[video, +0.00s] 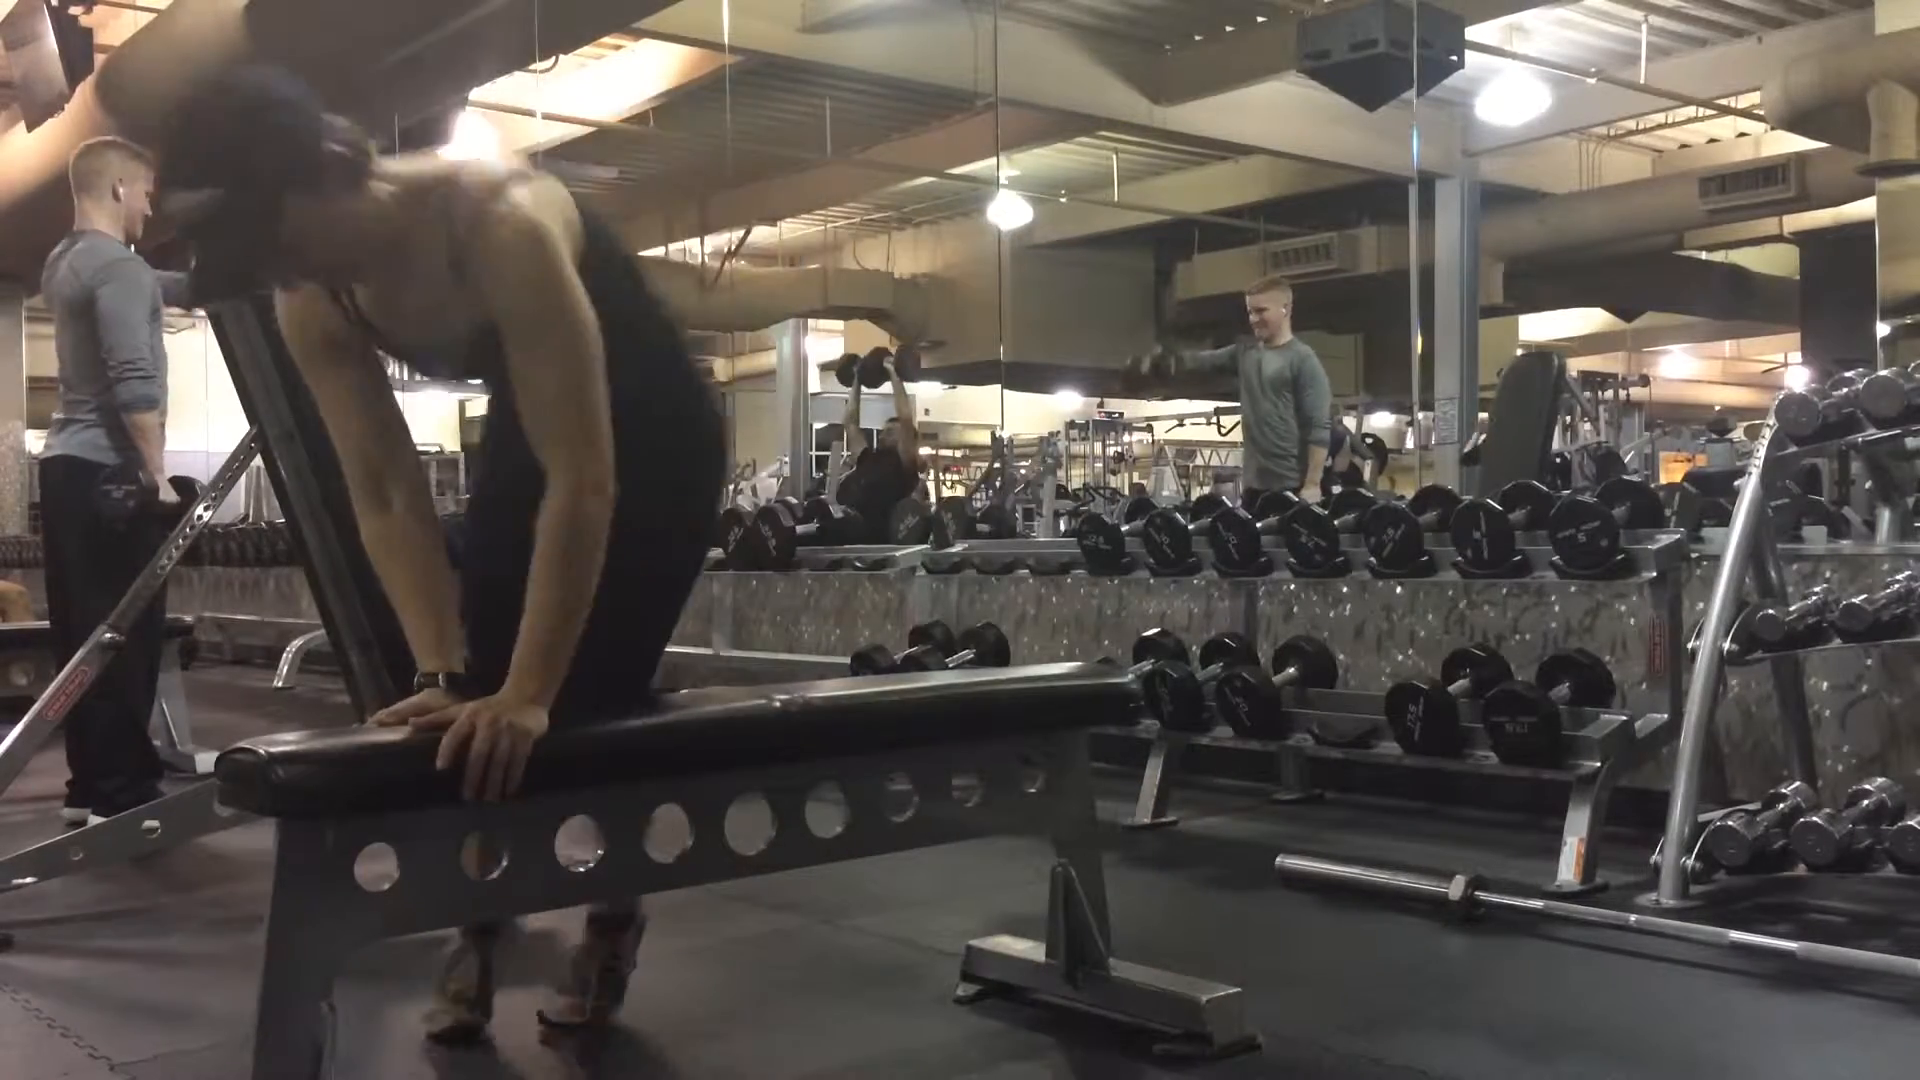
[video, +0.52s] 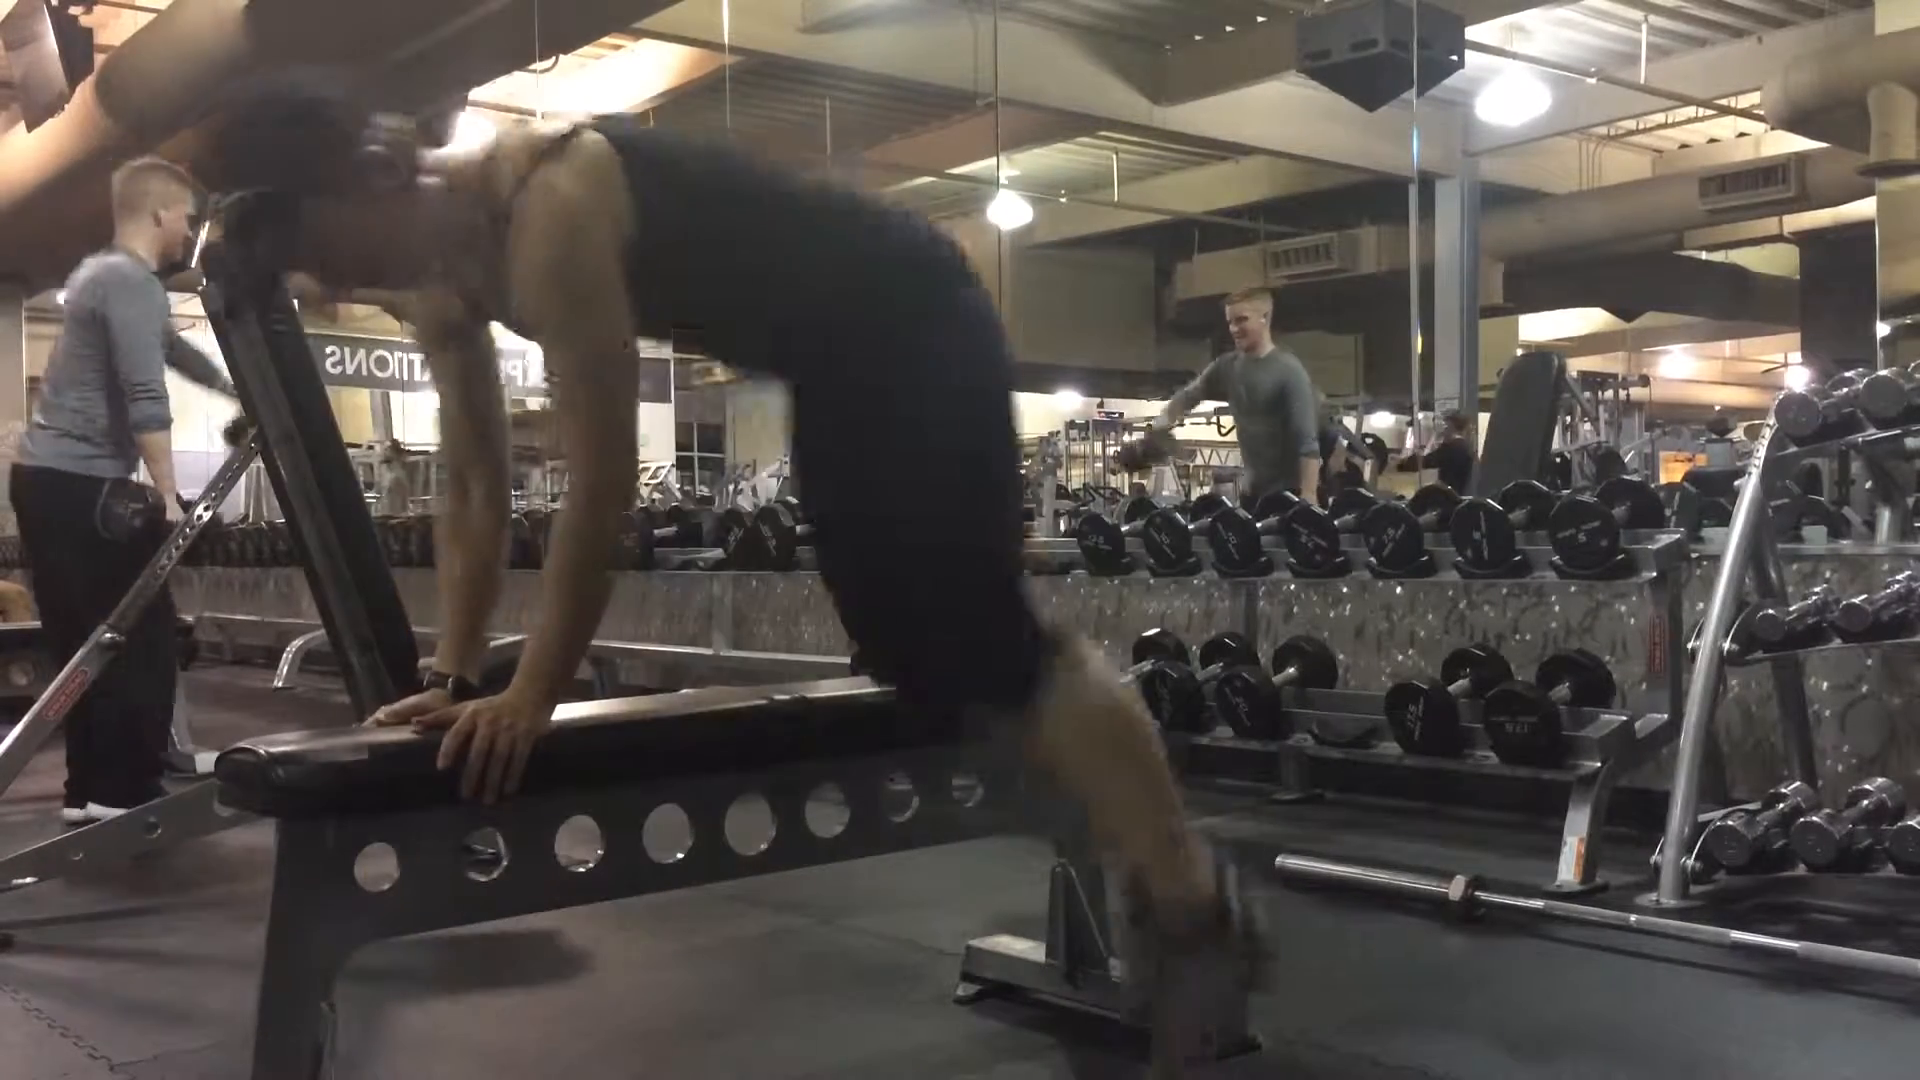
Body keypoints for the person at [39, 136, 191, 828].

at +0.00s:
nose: (150, 204)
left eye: (149, 192)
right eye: (144, 191)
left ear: (92, 194)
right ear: (115, 189)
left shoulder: (66, 261)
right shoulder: (118, 266)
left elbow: (179, 288)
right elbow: (132, 382)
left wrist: (247, 260)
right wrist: (158, 471)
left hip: (68, 470)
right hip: (109, 471)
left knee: (87, 630)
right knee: (126, 630)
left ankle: (92, 782)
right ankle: (119, 790)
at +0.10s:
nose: (155, 205)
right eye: (147, 190)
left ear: (79, 192)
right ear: (132, 190)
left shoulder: (63, 264)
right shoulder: (123, 266)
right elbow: (137, 382)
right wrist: (162, 474)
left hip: (66, 469)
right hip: (111, 472)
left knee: (80, 630)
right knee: (126, 631)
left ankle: (90, 783)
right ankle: (124, 788)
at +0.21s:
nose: (146, 204)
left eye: (139, 192)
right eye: (141, 192)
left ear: (82, 195)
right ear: (125, 191)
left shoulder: (66, 264)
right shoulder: (124, 265)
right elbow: (140, 383)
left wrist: (152, 254)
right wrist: (165, 475)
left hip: (66, 470)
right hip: (113, 473)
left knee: (82, 632)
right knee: (127, 633)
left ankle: (90, 785)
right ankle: (124, 790)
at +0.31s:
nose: (152, 210)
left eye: (152, 197)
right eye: (148, 197)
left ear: (88, 194)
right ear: (126, 193)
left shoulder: (63, 264)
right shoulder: (124, 268)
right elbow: (140, 390)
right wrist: (167, 481)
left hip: (65, 471)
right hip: (112, 475)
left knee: (83, 632)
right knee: (128, 634)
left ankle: (88, 785)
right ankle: (124, 790)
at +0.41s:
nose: (165, 214)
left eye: (165, 202)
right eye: (161, 201)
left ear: (101, 197)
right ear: (139, 197)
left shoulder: (72, 266)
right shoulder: (126, 272)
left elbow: (176, 315)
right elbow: (142, 389)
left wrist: (224, 314)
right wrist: (168, 484)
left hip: (60, 471)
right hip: (107, 475)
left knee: (84, 635)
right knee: (128, 636)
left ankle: (89, 786)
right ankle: (124, 790)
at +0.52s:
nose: (191, 233)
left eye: (191, 221)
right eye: (186, 219)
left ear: (135, 216)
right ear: (159, 216)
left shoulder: (100, 274)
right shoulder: (131, 283)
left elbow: (177, 348)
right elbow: (144, 398)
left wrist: (239, 389)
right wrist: (167, 495)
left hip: (50, 478)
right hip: (85, 483)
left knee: (85, 640)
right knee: (142, 635)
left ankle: (89, 789)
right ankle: (125, 793)